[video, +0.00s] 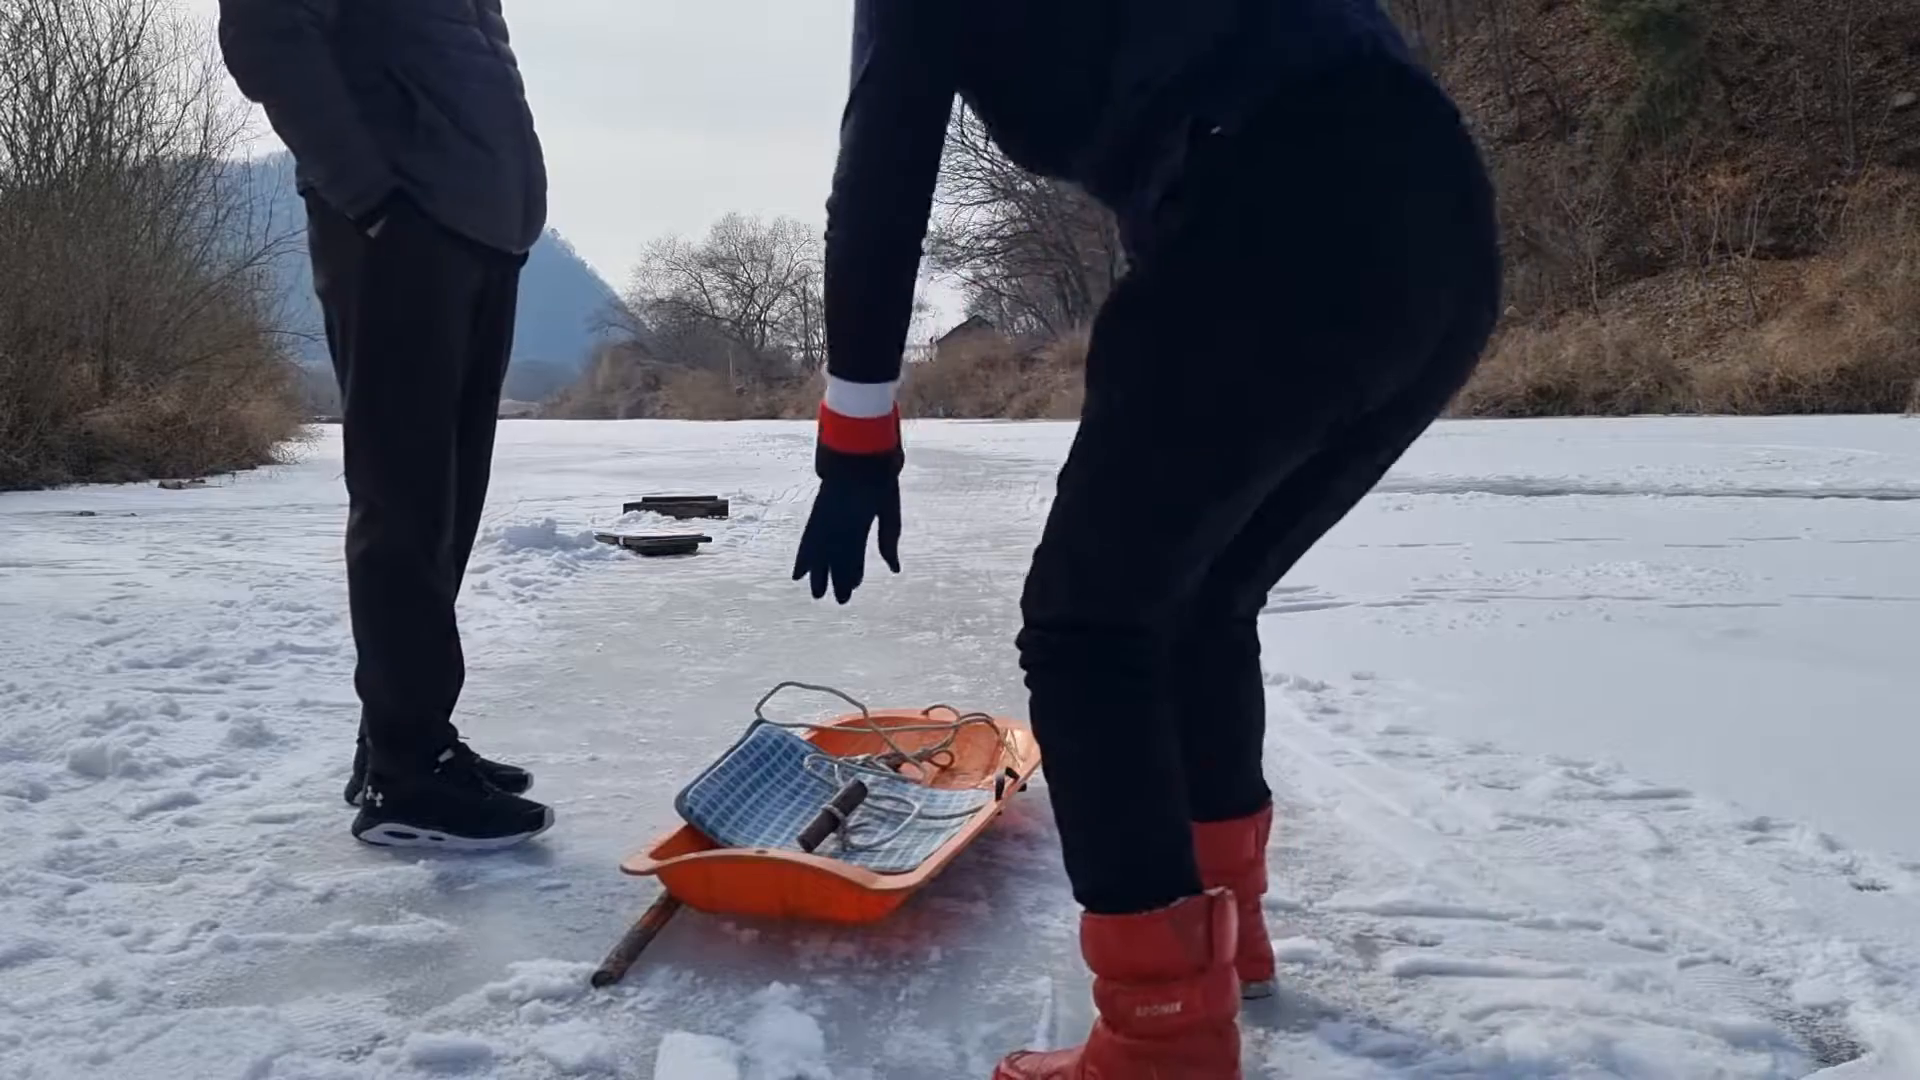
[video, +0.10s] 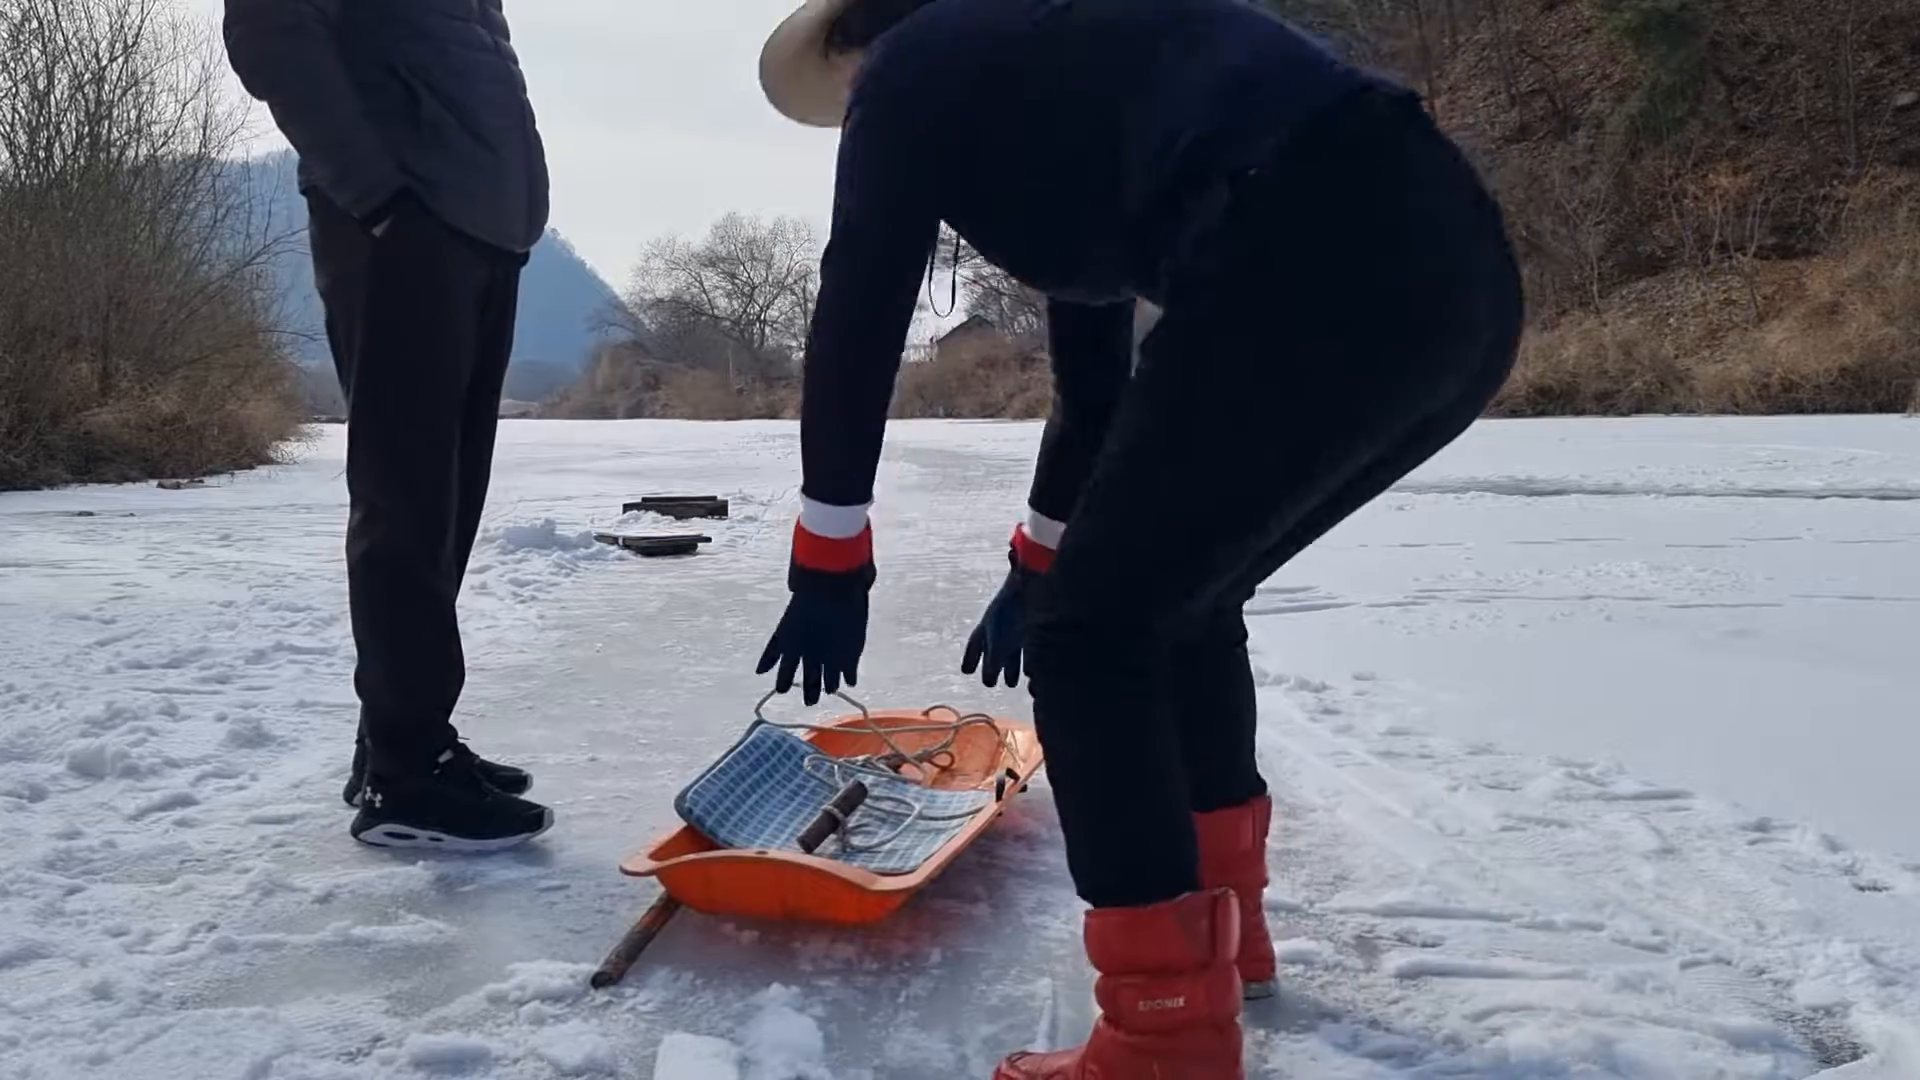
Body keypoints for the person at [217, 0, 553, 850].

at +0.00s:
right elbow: (261, 30)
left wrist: (506, 182)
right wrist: (368, 190)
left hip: (480, 221)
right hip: (397, 214)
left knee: (446, 500)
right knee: (403, 499)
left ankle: (415, 747)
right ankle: (403, 774)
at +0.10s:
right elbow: (266, 27)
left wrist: (507, 179)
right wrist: (375, 188)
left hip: (479, 219)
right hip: (400, 212)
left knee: (446, 495)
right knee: (405, 495)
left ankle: (415, 746)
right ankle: (402, 772)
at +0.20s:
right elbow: (271, 28)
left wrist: (506, 179)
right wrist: (380, 188)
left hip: (477, 216)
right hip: (403, 210)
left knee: (445, 493)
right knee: (406, 494)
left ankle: (416, 749)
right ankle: (402, 774)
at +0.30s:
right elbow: (274, 25)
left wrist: (506, 186)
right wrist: (383, 189)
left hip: (478, 217)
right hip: (403, 211)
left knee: (444, 493)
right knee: (405, 493)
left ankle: (416, 748)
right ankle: (402, 773)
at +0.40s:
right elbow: (275, 25)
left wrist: (505, 188)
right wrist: (384, 189)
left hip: (478, 218)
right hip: (403, 211)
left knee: (443, 494)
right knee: (404, 494)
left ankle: (416, 747)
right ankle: (402, 772)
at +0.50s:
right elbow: (274, 26)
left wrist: (506, 185)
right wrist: (383, 188)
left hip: (477, 219)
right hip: (402, 211)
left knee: (443, 494)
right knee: (403, 493)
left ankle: (416, 747)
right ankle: (401, 771)